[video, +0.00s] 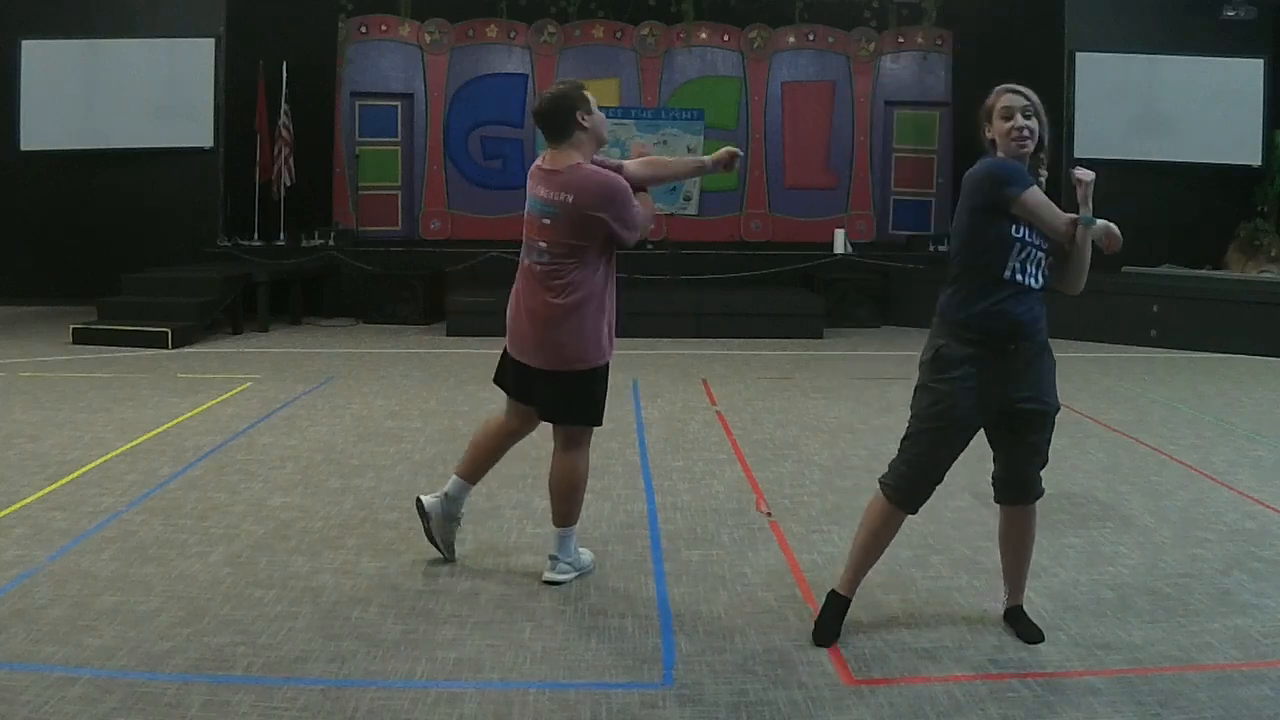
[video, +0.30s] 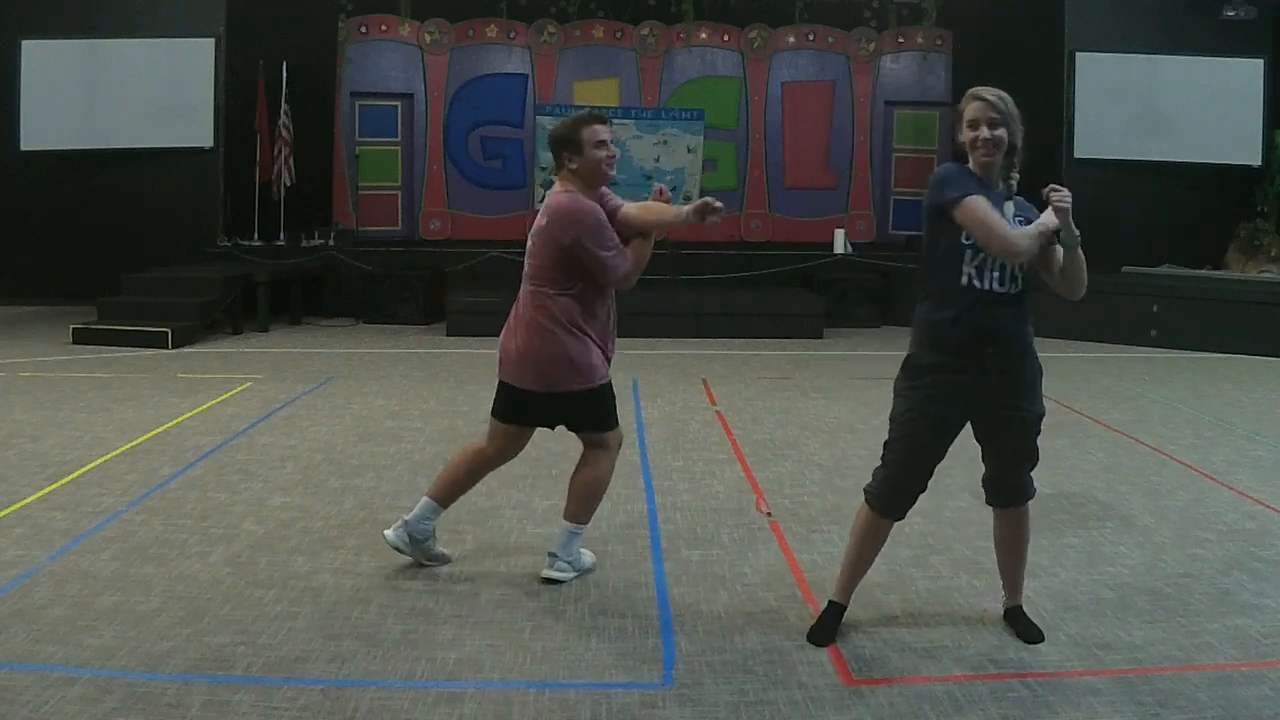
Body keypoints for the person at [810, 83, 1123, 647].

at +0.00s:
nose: (1020, 123)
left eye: (1028, 115)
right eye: (1007, 117)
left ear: (1041, 130)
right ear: (989, 132)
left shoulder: (1041, 206)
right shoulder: (990, 175)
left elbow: (1072, 281)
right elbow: (1063, 228)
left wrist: (1081, 215)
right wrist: (1096, 226)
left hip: (1025, 361)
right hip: (961, 356)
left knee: (1021, 486)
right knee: (908, 481)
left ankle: (1014, 604)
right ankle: (842, 594)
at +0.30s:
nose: (983, 133)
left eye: (994, 124)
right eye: (972, 125)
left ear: (1012, 134)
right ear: (960, 135)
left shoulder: (1026, 210)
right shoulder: (948, 181)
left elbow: (1071, 288)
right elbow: (1012, 248)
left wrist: (1065, 231)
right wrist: (1052, 224)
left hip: (1008, 369)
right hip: (938, 366)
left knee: (1012, 489)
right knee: (893, 488)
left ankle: (1014, 605)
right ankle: (837, 602)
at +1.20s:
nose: (875, 143)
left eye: (885, 132)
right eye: (870, 135)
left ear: (916, 133)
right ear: (870, 143)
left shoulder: (952, 174)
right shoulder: (876, 203)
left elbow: (875, 210)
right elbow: (864, 288)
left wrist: (789, 237)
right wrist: (882, 219)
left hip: (965, 359)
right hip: (893, 362)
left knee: (990, 488)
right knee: (869, 487)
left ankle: (1015, 602)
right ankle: (837, 605)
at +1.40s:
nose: (876, 146)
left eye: (884, 135)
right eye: (869, 139)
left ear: (914, 135)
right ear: (870, 146)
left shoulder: (954, 177)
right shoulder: (881, 205)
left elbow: (872, 219)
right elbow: (863, 294)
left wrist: (788, 249)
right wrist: (882, 226)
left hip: (963, 360)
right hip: (892, 361)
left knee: (988, 488)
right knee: (868, 484)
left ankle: (1010, 603)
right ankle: (837, 605)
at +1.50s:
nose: (892, 147)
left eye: (900, 135)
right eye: (884, 140)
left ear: (928, 135)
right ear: (882, 148)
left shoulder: (972, 182)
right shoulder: (877, 214)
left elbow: (909, 227)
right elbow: (867, 299)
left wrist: (825, 237)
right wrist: (892, 257)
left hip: (968, 363)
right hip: (897, 364)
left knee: (994, 493)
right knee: (869, 489)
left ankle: (1009, 603)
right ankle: (837, 605)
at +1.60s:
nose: (922, 153)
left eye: (931, 141)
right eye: (914, 145)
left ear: (958, 140)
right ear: (909, 148)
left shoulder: (997, 190)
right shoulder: (894, 209)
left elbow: (979, 244)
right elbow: (874, 294)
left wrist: (884, 234)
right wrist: (903, 304)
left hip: (981, 366)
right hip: (908, 368)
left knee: (1007, 496)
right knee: (877, 491)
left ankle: (1011, 605)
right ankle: (838, 605)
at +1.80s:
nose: (985, 155)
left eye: (994, 144)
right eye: (976, 146)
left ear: (1019, 140)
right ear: (967, 147)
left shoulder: (1051, 191)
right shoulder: (950, 200)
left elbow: (1091, 246)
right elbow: (906, 281)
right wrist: (866, 345)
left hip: (1016, 359)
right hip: (945, 355)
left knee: (1025, 488)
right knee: (900, 468)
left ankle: (1013, 605)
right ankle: (827, 571)